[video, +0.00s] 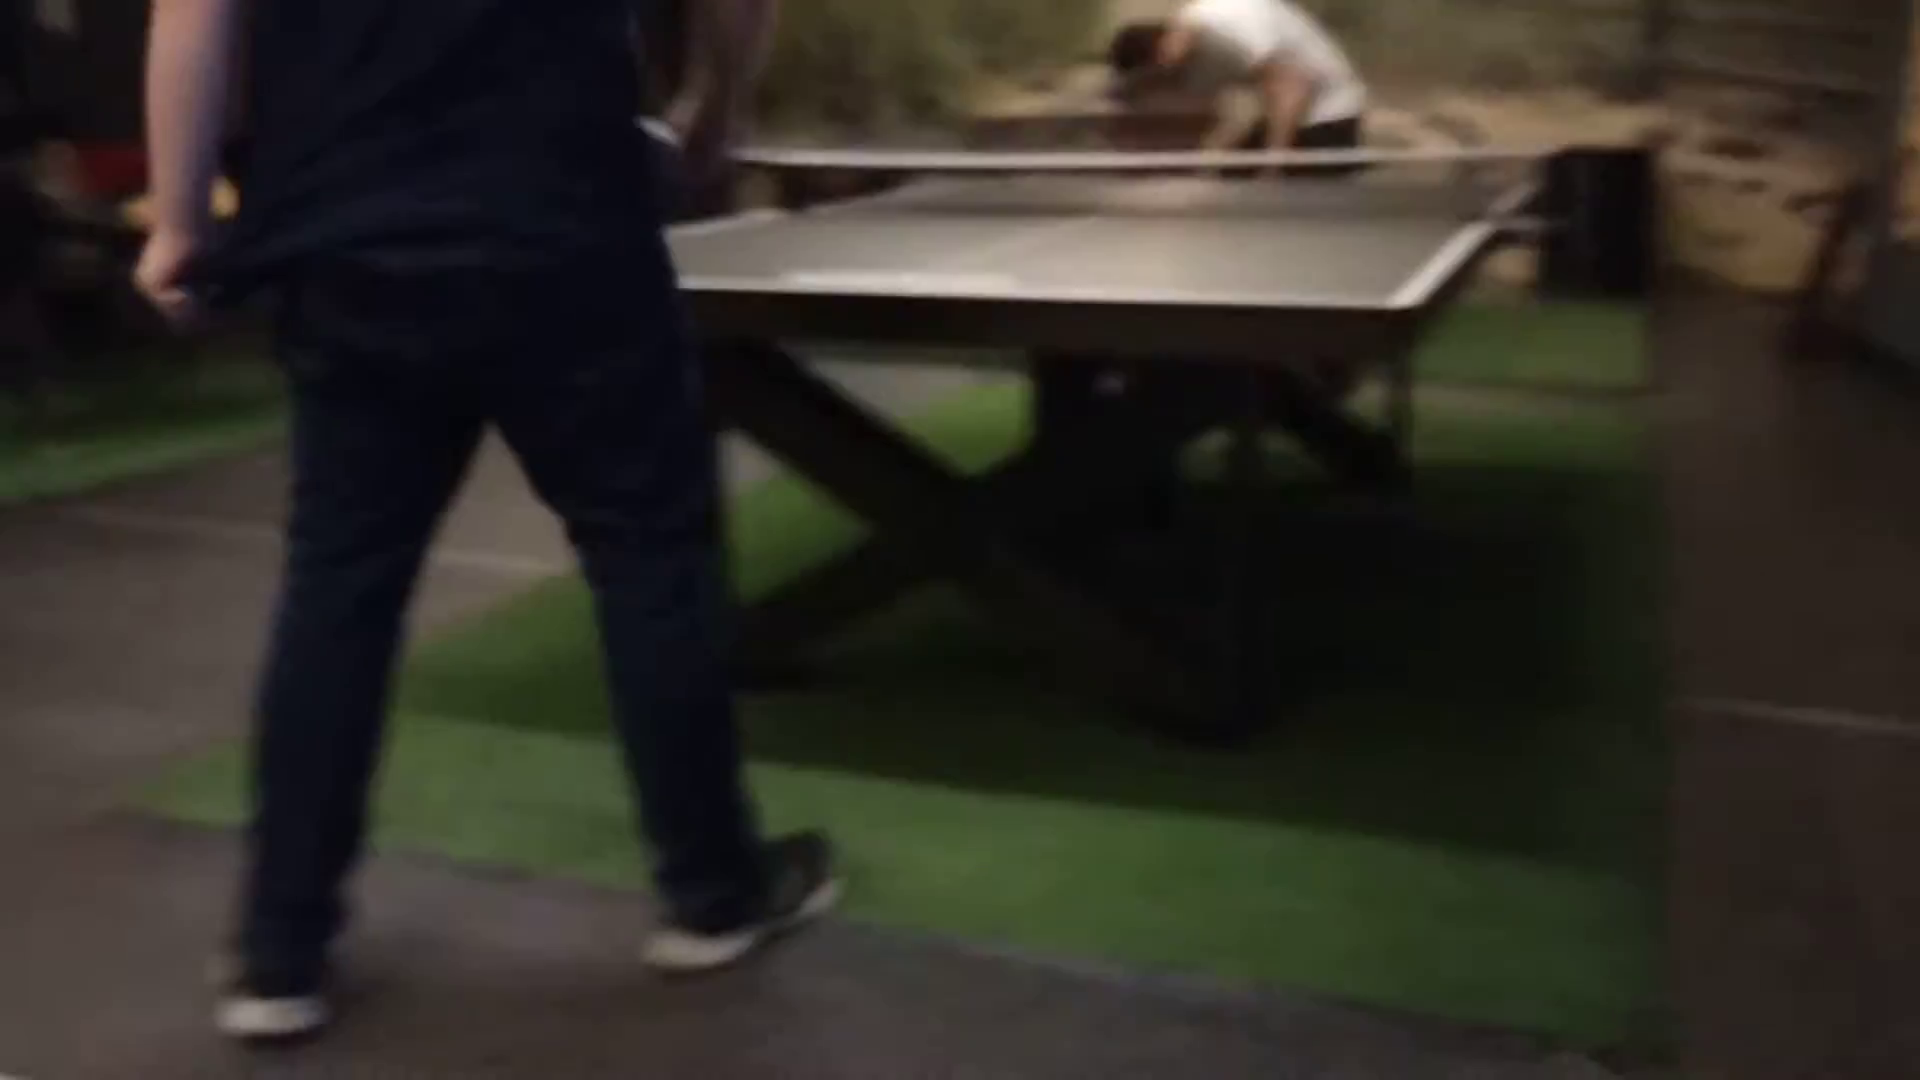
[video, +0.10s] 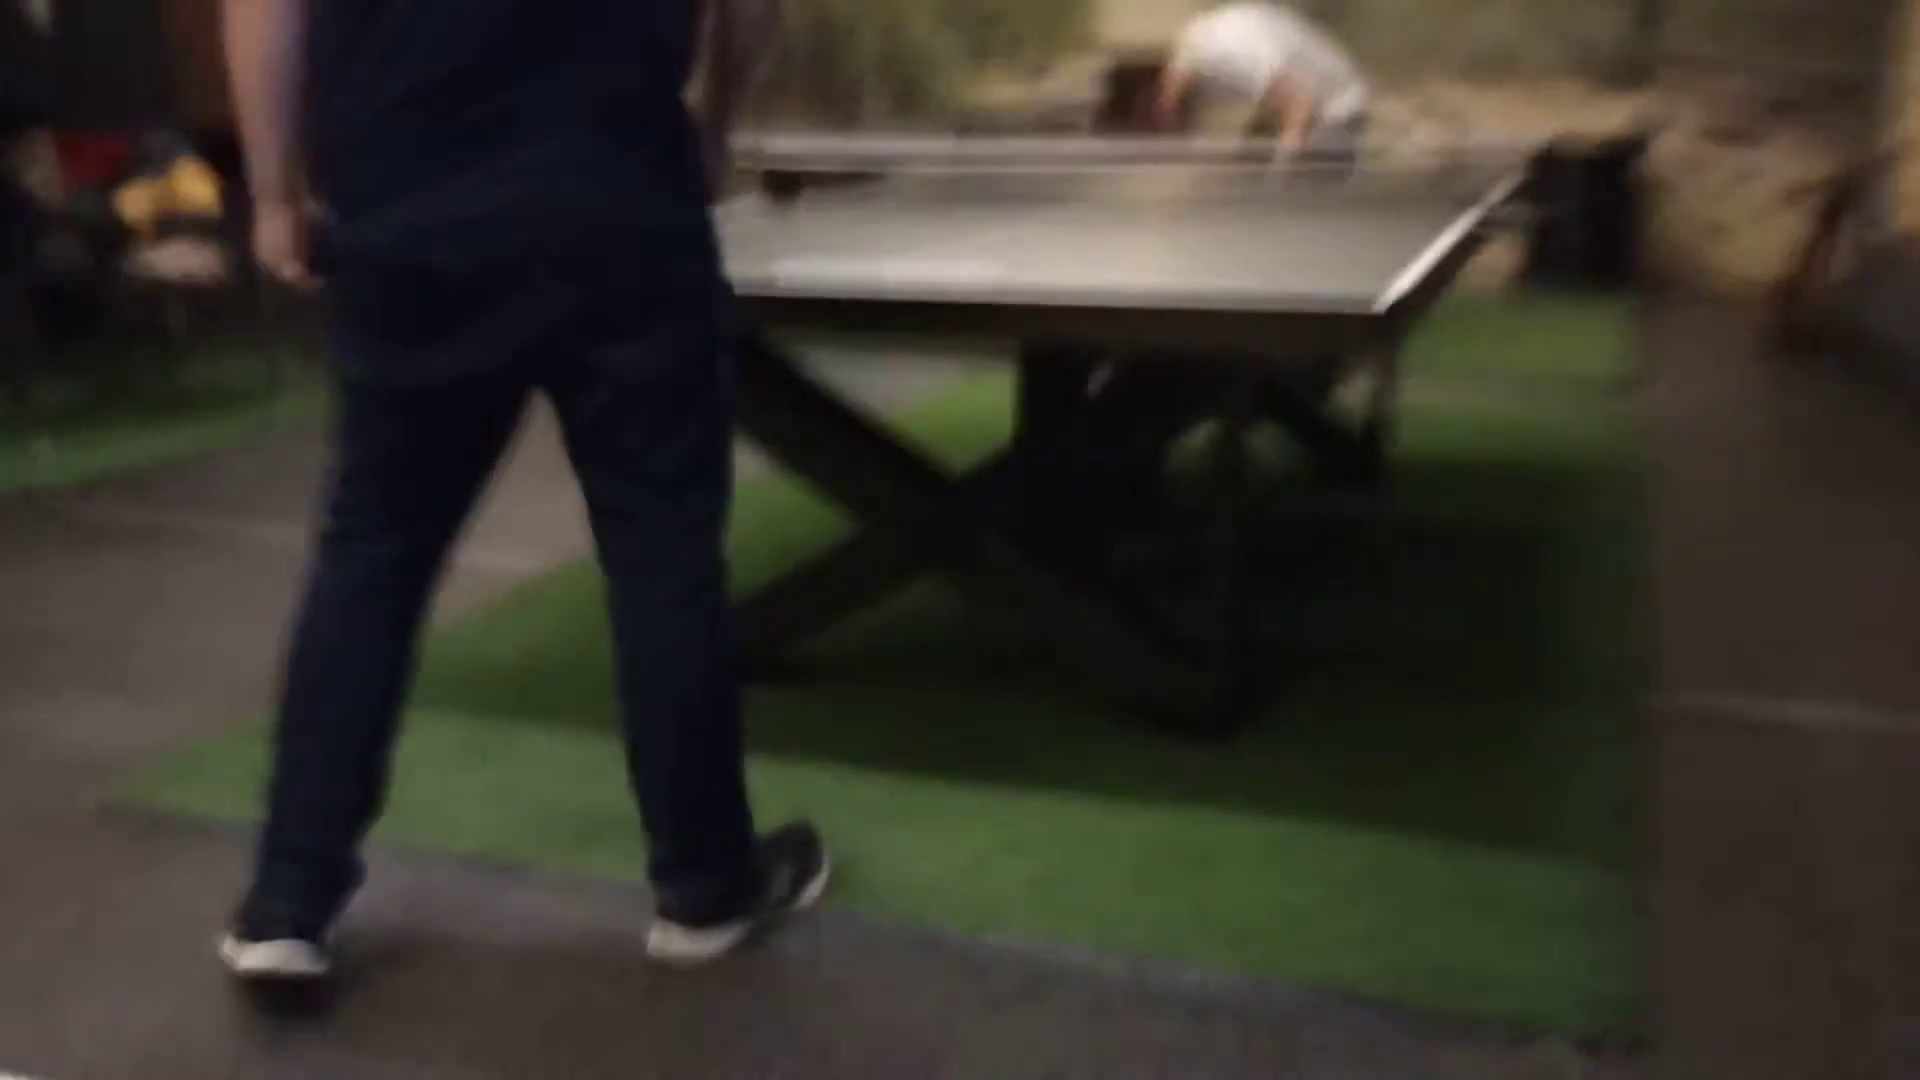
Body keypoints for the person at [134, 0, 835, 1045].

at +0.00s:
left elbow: (192, 9)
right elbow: (736, 10)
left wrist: (176, 213)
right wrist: (701, 138)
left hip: (353, 213)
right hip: (562, 211)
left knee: (337, 587)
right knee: (653, 558)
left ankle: (278, 962)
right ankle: (710, 886)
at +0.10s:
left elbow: (264, 4)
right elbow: (745, 13)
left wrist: (274, 188)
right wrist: (708, 120)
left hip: (408, 191)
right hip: (622, 191)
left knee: (371, 552)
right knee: (664, 558)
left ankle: (285, 911)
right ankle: (703, 884)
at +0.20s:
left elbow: (300, 13)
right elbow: (793, 35)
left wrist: (318, 196)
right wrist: (772, 146)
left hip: (450, 200)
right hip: (651, 206)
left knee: (400, 536)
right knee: (670, 576)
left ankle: (311, 856)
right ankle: (683, 905)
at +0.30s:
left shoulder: (393, 10)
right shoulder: (741, 14)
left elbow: (308, 131)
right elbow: (823, 207)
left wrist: (318, 356)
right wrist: (783, 388)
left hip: (459, 408)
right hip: (656, 418)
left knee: (425, 691)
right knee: (653, 759)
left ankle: (337, 1024)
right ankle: (653, 1056)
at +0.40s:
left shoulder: (441, 22)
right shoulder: (754, 40)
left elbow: (316, 169)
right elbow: (864, 224)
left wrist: (322, 406)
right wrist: (805, 433)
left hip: (475, 495)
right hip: (670, 509)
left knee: (453, 778)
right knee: (656, 834)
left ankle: (398, 1061)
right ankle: (638, 1065)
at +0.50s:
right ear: (728, 1)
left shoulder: (472, 45)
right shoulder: (756, 55)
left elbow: (314, 161)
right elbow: (846, 172)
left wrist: (334, 386)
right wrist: (797, 400)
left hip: (488, 533)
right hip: (678, 539)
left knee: (471, 831)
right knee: (659, 870)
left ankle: (443, 1061)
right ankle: (637, 1065)